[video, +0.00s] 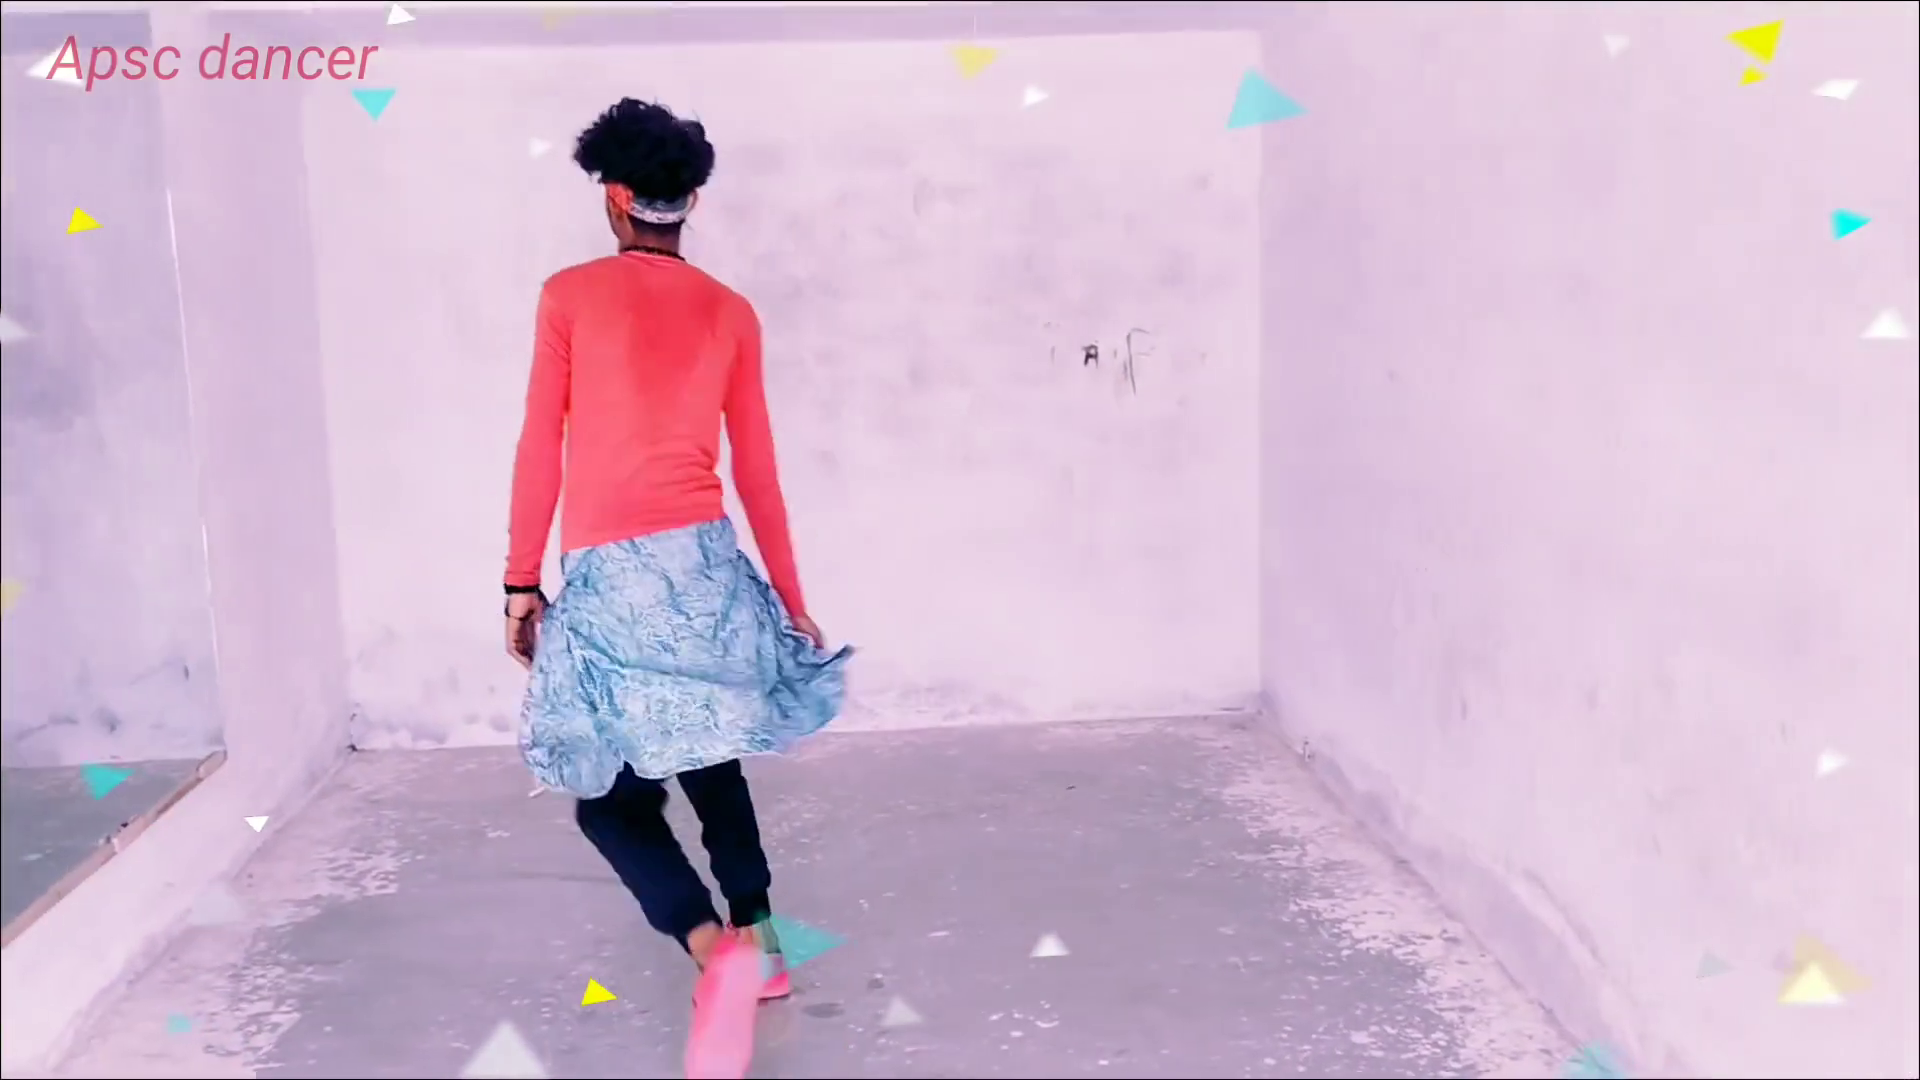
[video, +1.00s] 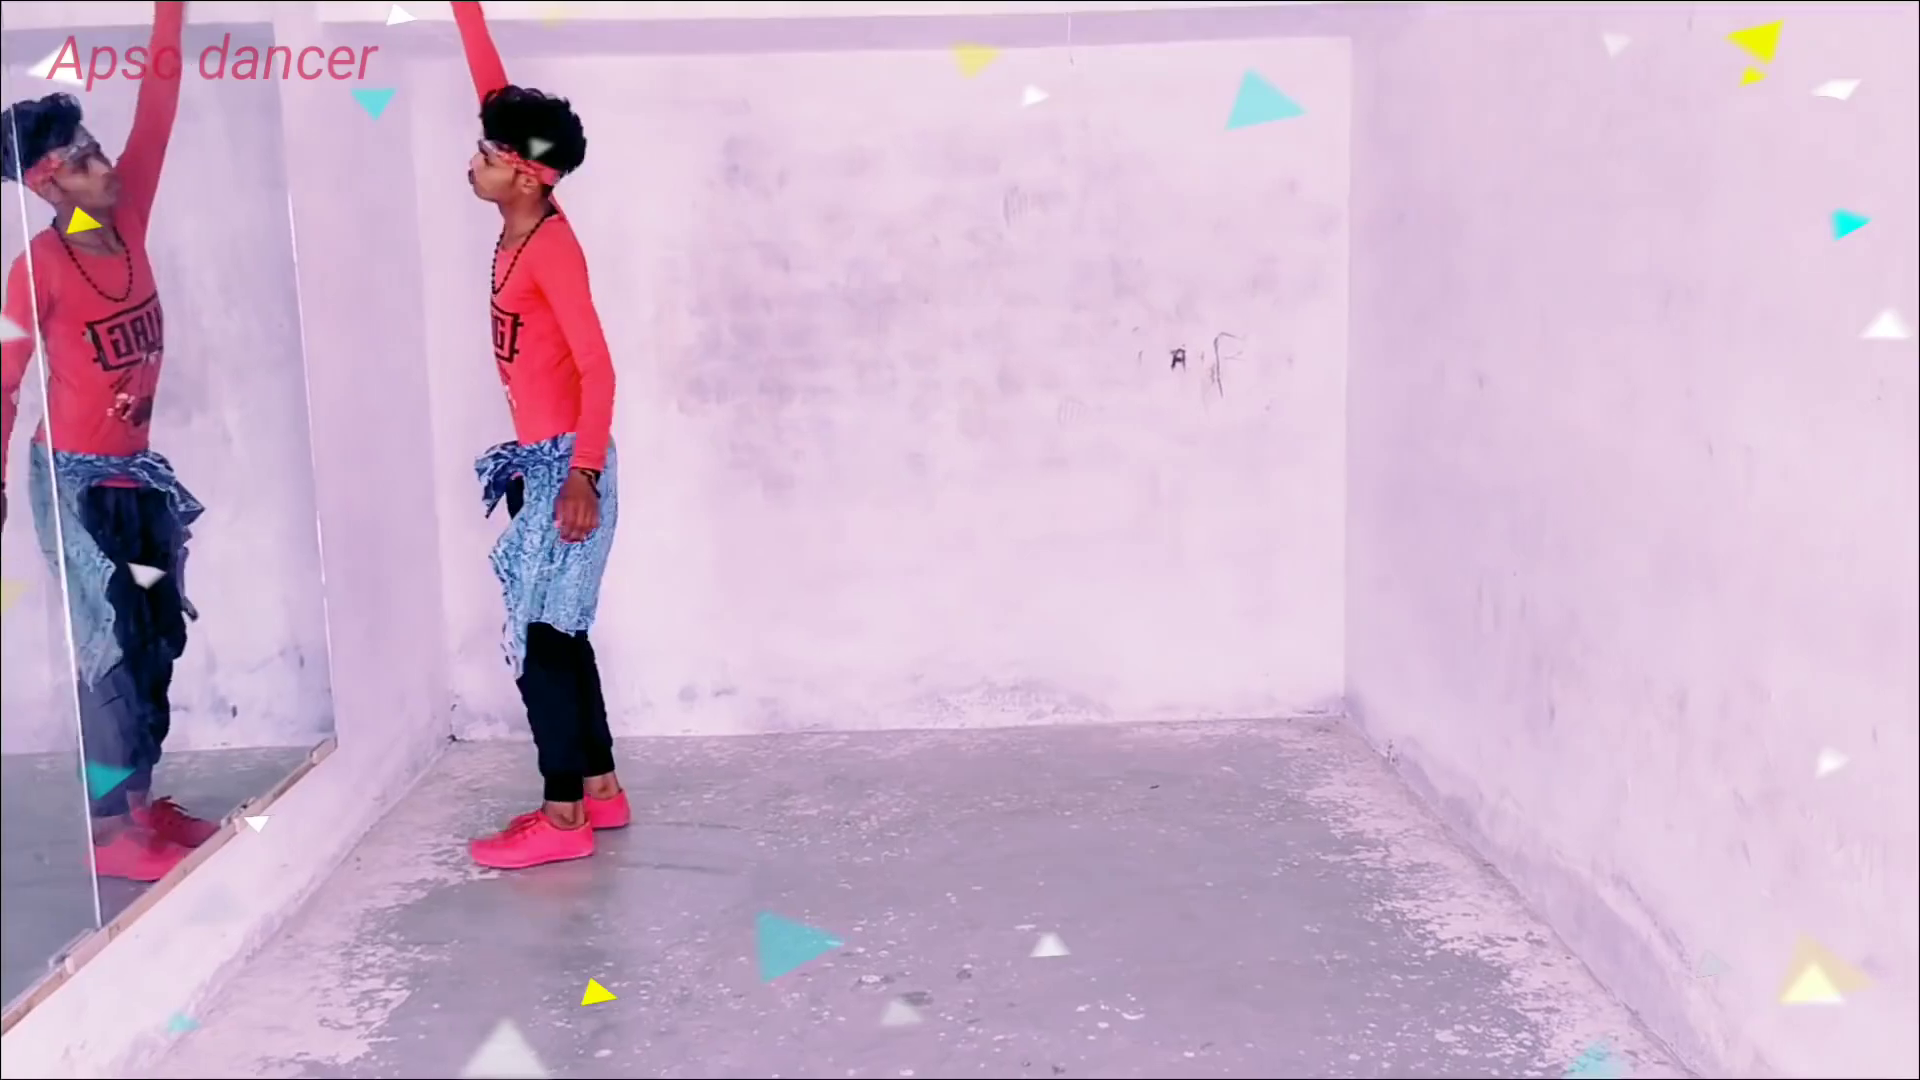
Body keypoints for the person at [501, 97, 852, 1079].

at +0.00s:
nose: (608, 201)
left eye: (608, 189)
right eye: (621, 190)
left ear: (613, 197)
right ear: (695, 203)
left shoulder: (571, 295)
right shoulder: (728, 311)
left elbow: (541, 442)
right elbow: (757, 476)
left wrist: (521, 576)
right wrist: (791, 601)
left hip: (606, 574)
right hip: (706, 565)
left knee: (605, 786)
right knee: (711, 761)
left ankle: (710, 944)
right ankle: (759, 949)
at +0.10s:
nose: (575, 160)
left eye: (576, 149)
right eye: (583, 149)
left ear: (585, 159)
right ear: (663, 163)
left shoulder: (553, 258)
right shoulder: (700, 269)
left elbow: (524, 407)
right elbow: (705, 420)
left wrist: (500, 537)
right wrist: (684, 519)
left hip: (592, 532)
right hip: (686, 526)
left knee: (557, 725)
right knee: (727, 721)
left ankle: (680, 899)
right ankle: (779, 934)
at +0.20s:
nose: (535, 164)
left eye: (536, 152)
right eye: (546, 150)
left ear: (544, 164)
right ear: (618, 160)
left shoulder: (532, 261)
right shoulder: (658, 256)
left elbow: (503, 399)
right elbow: (636, 373)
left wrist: (465, 527)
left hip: (588, 529)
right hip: (678, 515)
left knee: (527, 688)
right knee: (725, 721)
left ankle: (583, 882)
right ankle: (785, 920)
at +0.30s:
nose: (494, 211)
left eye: (495, 201)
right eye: (495, 204)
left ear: (501, 207)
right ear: (575, 201)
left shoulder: (508, 300)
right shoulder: (611, 271)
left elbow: (487, 430)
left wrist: (437, 553)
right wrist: (500, 249)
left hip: (571, 540)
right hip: (653, 522)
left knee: (515, 677)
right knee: (706, 712)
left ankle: (497, 847)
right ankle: (786, 904)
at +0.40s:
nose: (449, 228)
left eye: (451, 217)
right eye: (458, 213)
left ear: (462, 231)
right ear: (530, 214)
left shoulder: (473, 319)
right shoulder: (567, 281)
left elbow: (471, 447)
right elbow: (535, 216)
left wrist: (431, 568)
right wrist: (469, 158)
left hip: (542, 547)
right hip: (618, 530)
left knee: (470, 677)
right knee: (642, 697)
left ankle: (487, 847)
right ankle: (752, 838)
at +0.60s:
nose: (426, 165)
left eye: (427, 155)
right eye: (438, 149)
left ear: (437, 170)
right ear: (504, 151)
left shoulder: (458, 255)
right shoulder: (530, 209)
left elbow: (473, 384)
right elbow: (494, 119)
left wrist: (442, 498)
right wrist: (439, 32)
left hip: (511, 480)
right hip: (576, 465)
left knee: (497, 661)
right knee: (556, 646)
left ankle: (508, 838)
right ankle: (630, 802)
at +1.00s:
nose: (474, 162)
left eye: (487, 154)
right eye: (480, 148)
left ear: (526, 173)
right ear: (522, 168)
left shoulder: (552, 251)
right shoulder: (522, 218)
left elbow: (597, 369)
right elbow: (493, 91)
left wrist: (583, 476)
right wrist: (463, 8)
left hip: (561, 468)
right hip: (547, 459)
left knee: (537, 637)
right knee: (556, 630)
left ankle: (563, 818)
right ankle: (598, 787)